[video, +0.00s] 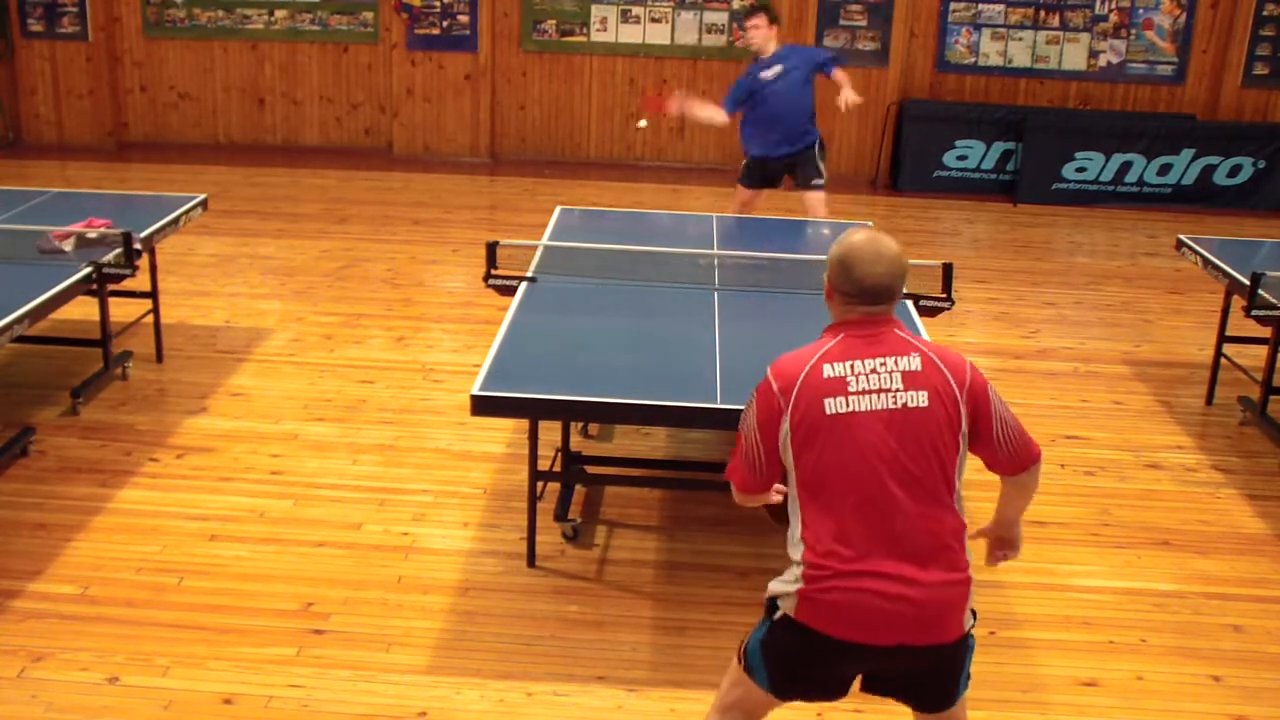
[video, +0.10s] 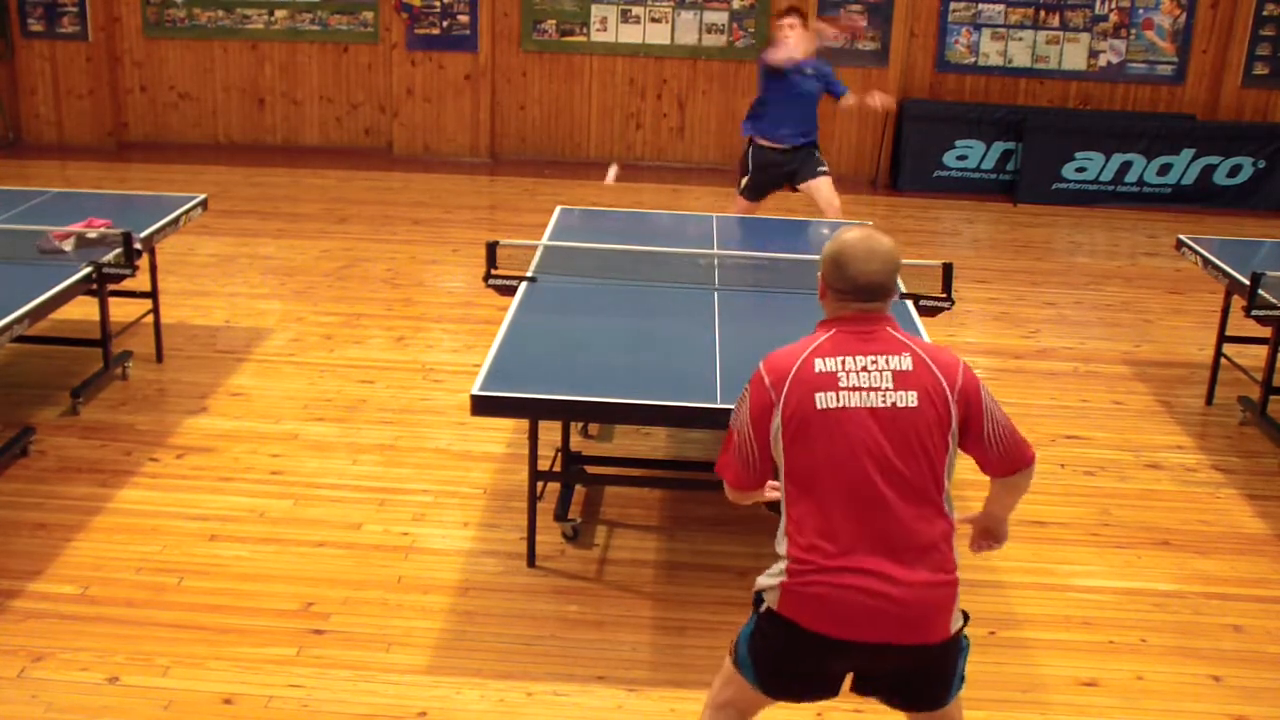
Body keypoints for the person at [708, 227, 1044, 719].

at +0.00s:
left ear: (828, 290)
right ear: (900, 292)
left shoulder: (787, 377)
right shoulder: (953, 371)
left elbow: (747, 489)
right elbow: (1023, 462)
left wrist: (769, 492)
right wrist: (1006, 522)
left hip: (825, 619)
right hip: (935, 625)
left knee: (737, 704)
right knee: (944, 709)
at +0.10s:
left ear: (822, 288)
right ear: (895, 290)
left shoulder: (780, 371)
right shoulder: (946, 370)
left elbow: (739, 486)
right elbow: (1016, 462)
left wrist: (763, 490)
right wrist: (995, 516)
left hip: (810, 619)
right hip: (922, 625)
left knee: (727, 706)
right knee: (939, 710)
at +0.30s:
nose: (736, 300)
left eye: (737, 292)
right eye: (738, 289)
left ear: (749, 301)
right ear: (814, 295)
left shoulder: (724, 387)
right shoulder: (883, 366)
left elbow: (622, 458)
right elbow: (969, 448)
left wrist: (556, 439)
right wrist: (1018, 522)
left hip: (777, 617)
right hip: (884, 616)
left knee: (676, 687)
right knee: (918, 708)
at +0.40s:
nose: (703, 304)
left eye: (705, 296)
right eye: (706, 293)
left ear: (715, 308)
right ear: (782, 302)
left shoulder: (695, 399)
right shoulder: (849, 372)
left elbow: (585, 444)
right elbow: (936, 447)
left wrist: (569, 381)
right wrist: (1008, 502)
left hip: (753, 624)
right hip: (860, 620)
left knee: (654, 675)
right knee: (890, 706)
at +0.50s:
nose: (701, 302)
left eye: (703, 295)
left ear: (712, 307)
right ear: (783, 303)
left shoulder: (697, 401)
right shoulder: (845, 375)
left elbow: (583, 447)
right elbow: (928, 443)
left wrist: (563, 356)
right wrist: (1000, 493)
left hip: (735, 623)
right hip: (840, 621)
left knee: (644, 672)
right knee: (876, 707)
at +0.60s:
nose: (723, 297)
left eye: (726, 289)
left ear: (732, 301)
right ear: (803, 298)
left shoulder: (711, 396)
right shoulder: (858, 374)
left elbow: (600, 453)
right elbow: (943, 446)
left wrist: (559, 363)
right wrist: (990, 484)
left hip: (732, 622)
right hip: (842, 622)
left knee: (650, 681)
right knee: (874, 707)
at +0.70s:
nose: (756, 290)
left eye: (759, 280)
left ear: (766, 294)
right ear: (839, 293)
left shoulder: (741, 392)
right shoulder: (891, 377)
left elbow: (649, 466)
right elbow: (960, 439)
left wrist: (576, 397)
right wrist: (984, 475)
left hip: (747, 617)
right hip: (858, 624)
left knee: (664, 689)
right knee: (879, 712)